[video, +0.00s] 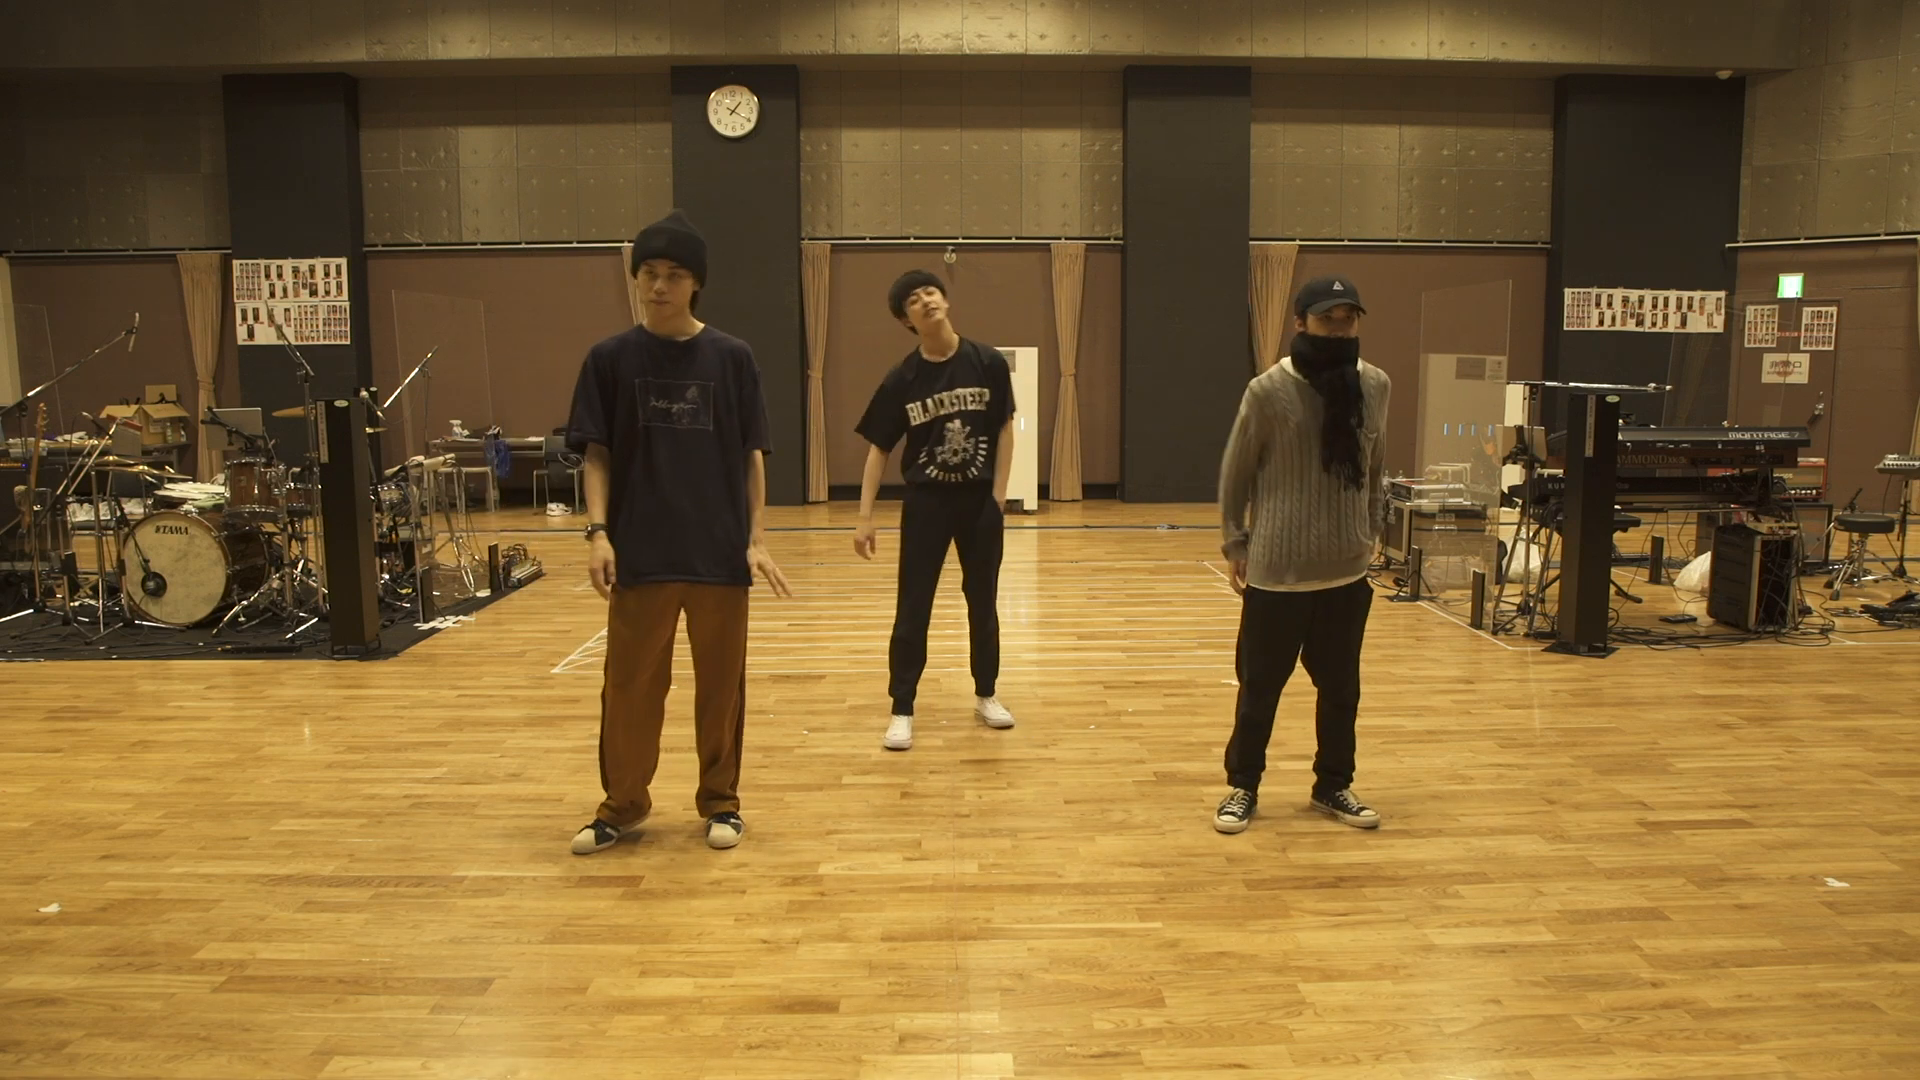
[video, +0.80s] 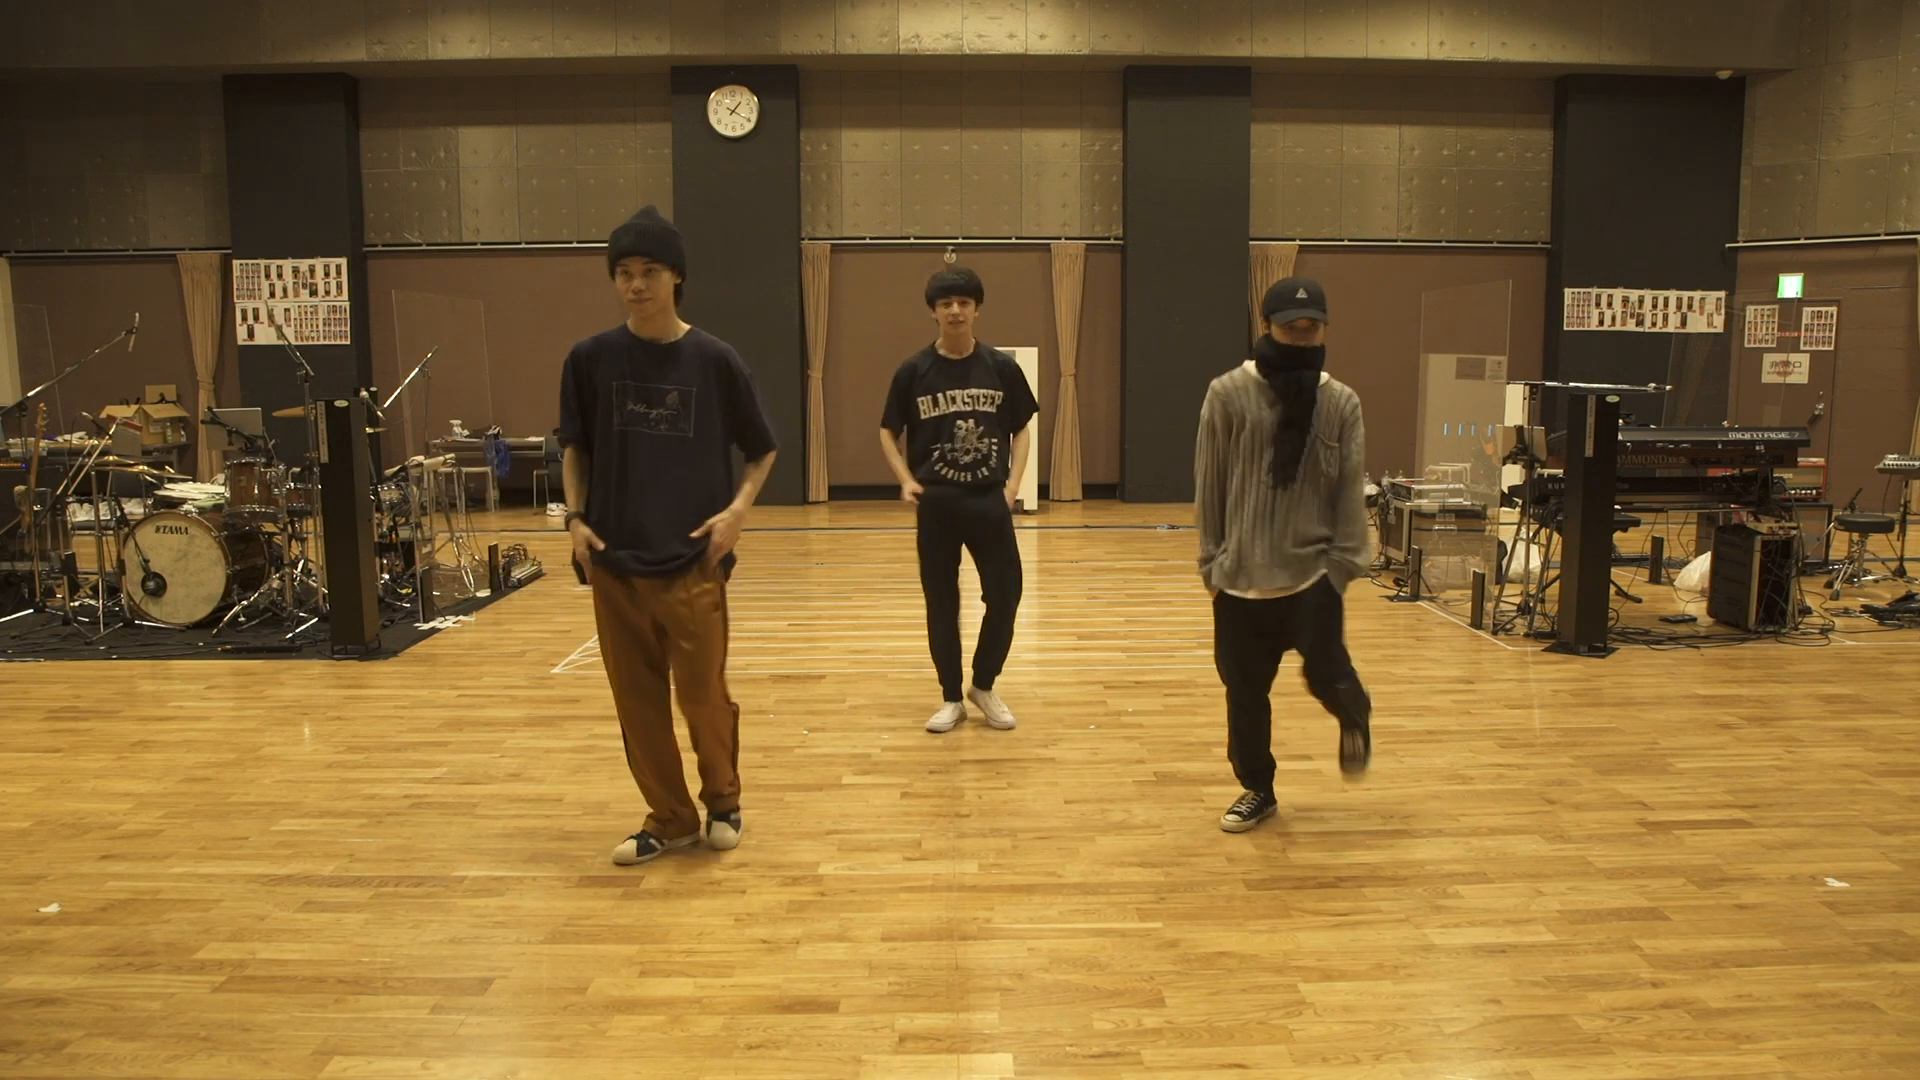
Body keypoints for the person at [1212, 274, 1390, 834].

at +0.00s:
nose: (1342, 326)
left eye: (1350, 316)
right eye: (1329, 316)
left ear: (1360, 322)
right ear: (1302, 322)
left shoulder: (1374, 387)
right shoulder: (1267, 390)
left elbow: (1376, 467)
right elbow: (1236, 469)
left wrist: (1373, 530)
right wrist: (1235, 539)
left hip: (1346, 571)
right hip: (1276, 573)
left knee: (1341, 690)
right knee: (1259, 689)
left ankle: (1333, 788)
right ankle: (1243, 789)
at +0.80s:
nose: (1303, 337)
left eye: (1313, 327)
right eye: (1291, 326)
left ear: (1325, 332)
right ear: (1266, 328)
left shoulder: (1340, 402)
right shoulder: (1226, 393)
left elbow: (1352, 489)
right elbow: (1209, 481)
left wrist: (1342, 563)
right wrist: (1211, 558)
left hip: (1311, 571)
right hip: (1239, 573)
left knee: (1327, 672)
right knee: (1243, 691)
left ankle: (1355, 719)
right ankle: (1257, 790)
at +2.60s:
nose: (1381, 400)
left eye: (1387, 387)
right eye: (1365, 392)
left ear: (1402, 392)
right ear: (1343, 407)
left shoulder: (1442, 460)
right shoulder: (1318, 476)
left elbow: (1479, 532)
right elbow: (1257, 536)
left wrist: (1438, 605)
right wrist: (1307, 601)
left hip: (1410, 632)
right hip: (1328, 625)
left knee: (1475, 738)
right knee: (1255, 681)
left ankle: (1496, 821)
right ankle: (1255, 777)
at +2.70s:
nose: (1357, 373)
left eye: (1364, 360)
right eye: (1341, 365)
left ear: (1380, 366)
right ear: (1318, 379)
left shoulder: (1413, 433)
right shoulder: (1286, 439)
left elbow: (1448, 517)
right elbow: (1240, 509)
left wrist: (1419, 590)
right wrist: (1284, 582)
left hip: (1389, 621)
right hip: (1306, 617)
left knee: (1446, 723)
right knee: (1215, 695)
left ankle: (1497, 817)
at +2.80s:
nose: (1311, 354)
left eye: (1319, 342)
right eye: (1297, 344)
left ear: (1332, 346)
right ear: (1270, 348)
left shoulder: (1350, 412)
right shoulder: (1227, 396)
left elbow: (1383, 490)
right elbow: (1189, 483)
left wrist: (1357, 564)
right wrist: (1207, 566)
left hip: (1318, 599)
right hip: (1235, 597)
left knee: (1374, 698)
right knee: (1162, 696)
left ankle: (1424, 805)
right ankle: (1138, 833)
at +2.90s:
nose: (1283, 354)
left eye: (1291, 342)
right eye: (1269, 343)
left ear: (1303, 343)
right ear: (1240, 343)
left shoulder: (1316, 408)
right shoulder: (1196, 387)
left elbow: (1331, 498)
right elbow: (1146, 476)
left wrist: (1306, 562)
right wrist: (1168, 559)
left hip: (1275, 589)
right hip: (1195, 586)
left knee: (1320, 703)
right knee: (1130, 699)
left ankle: (1366, 815)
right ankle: (1133, 836)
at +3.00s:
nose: (1243, 358)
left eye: (1253, 347)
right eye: (1230, 347)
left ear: (1267, 345)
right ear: (1203, 343)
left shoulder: (1270, 407)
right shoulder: (1158, 379)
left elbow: (1275, 491)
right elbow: (1106, 468)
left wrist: (1256, 554)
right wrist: (1119, 555)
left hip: (1223, 587)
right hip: (1146, 582)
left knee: (1262, 704)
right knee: (1101, 698)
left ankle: (1301, 820)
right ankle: (1122, 827)